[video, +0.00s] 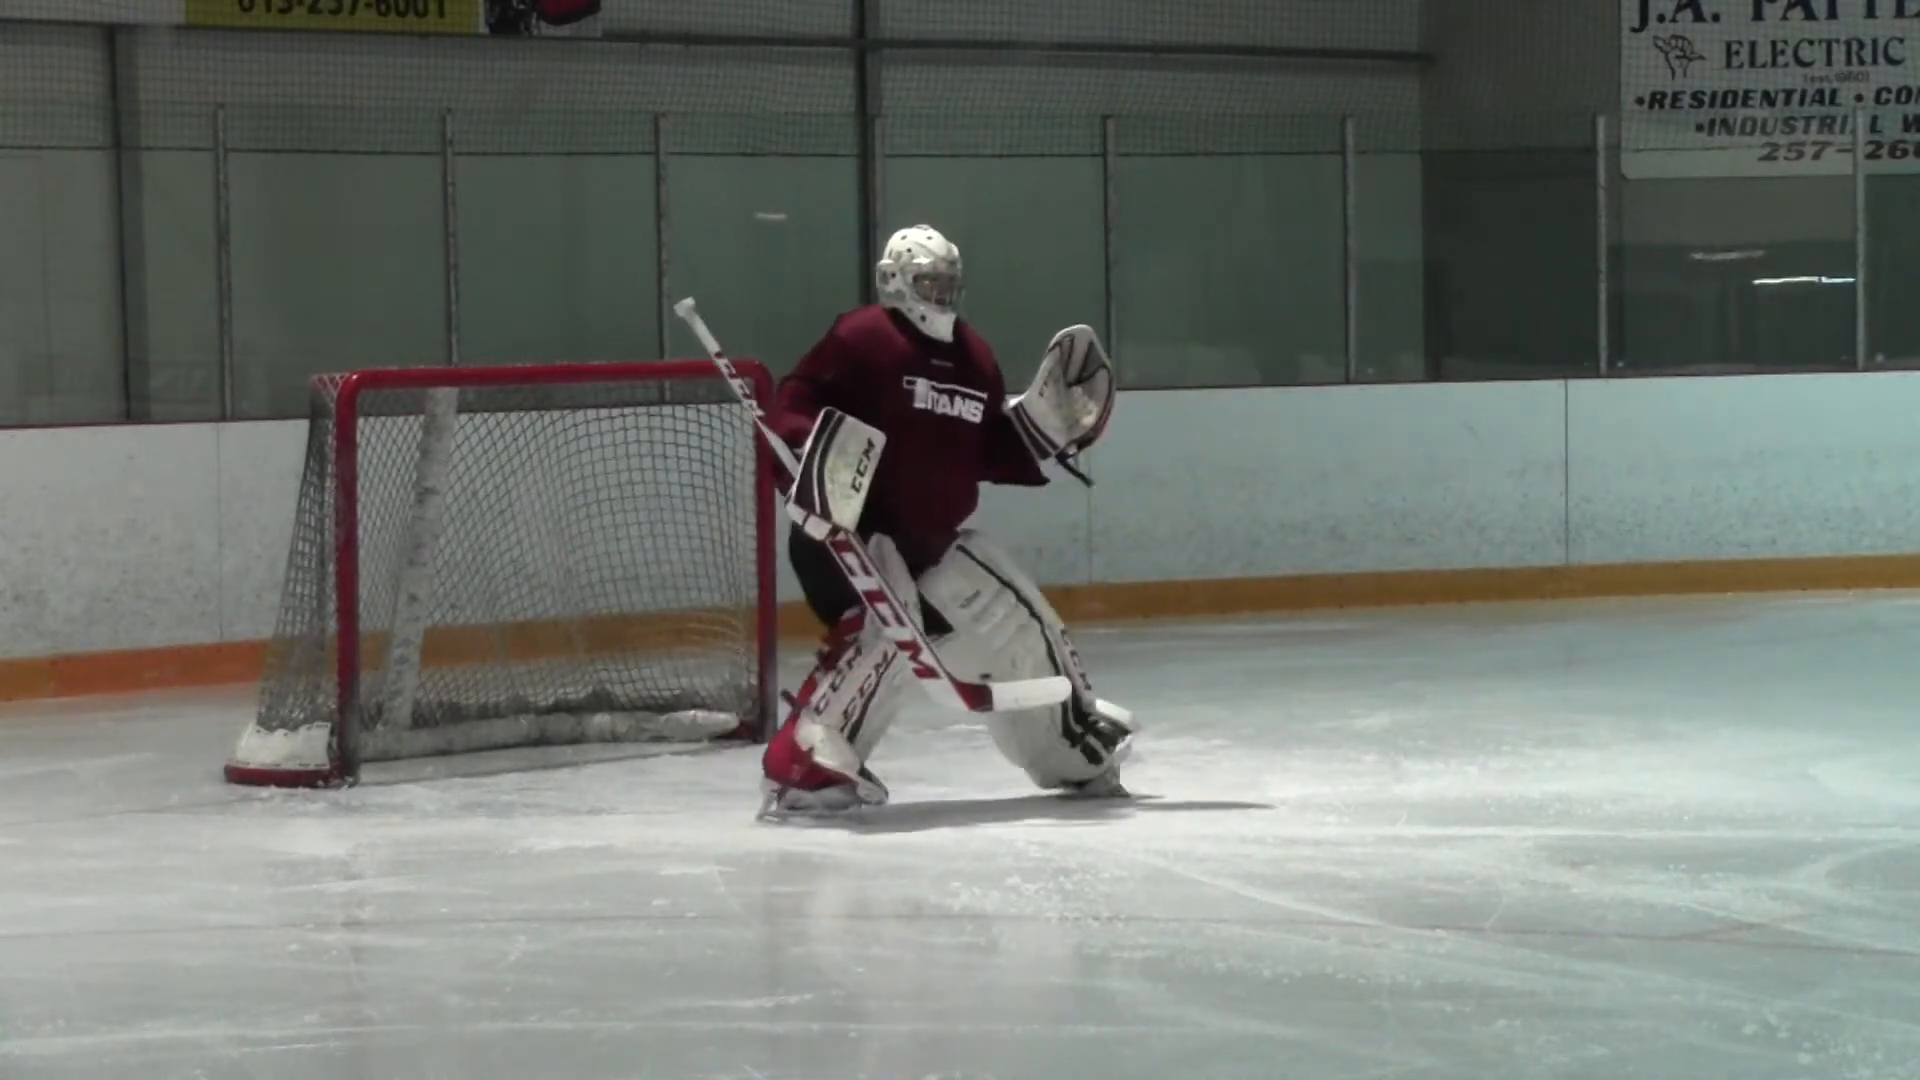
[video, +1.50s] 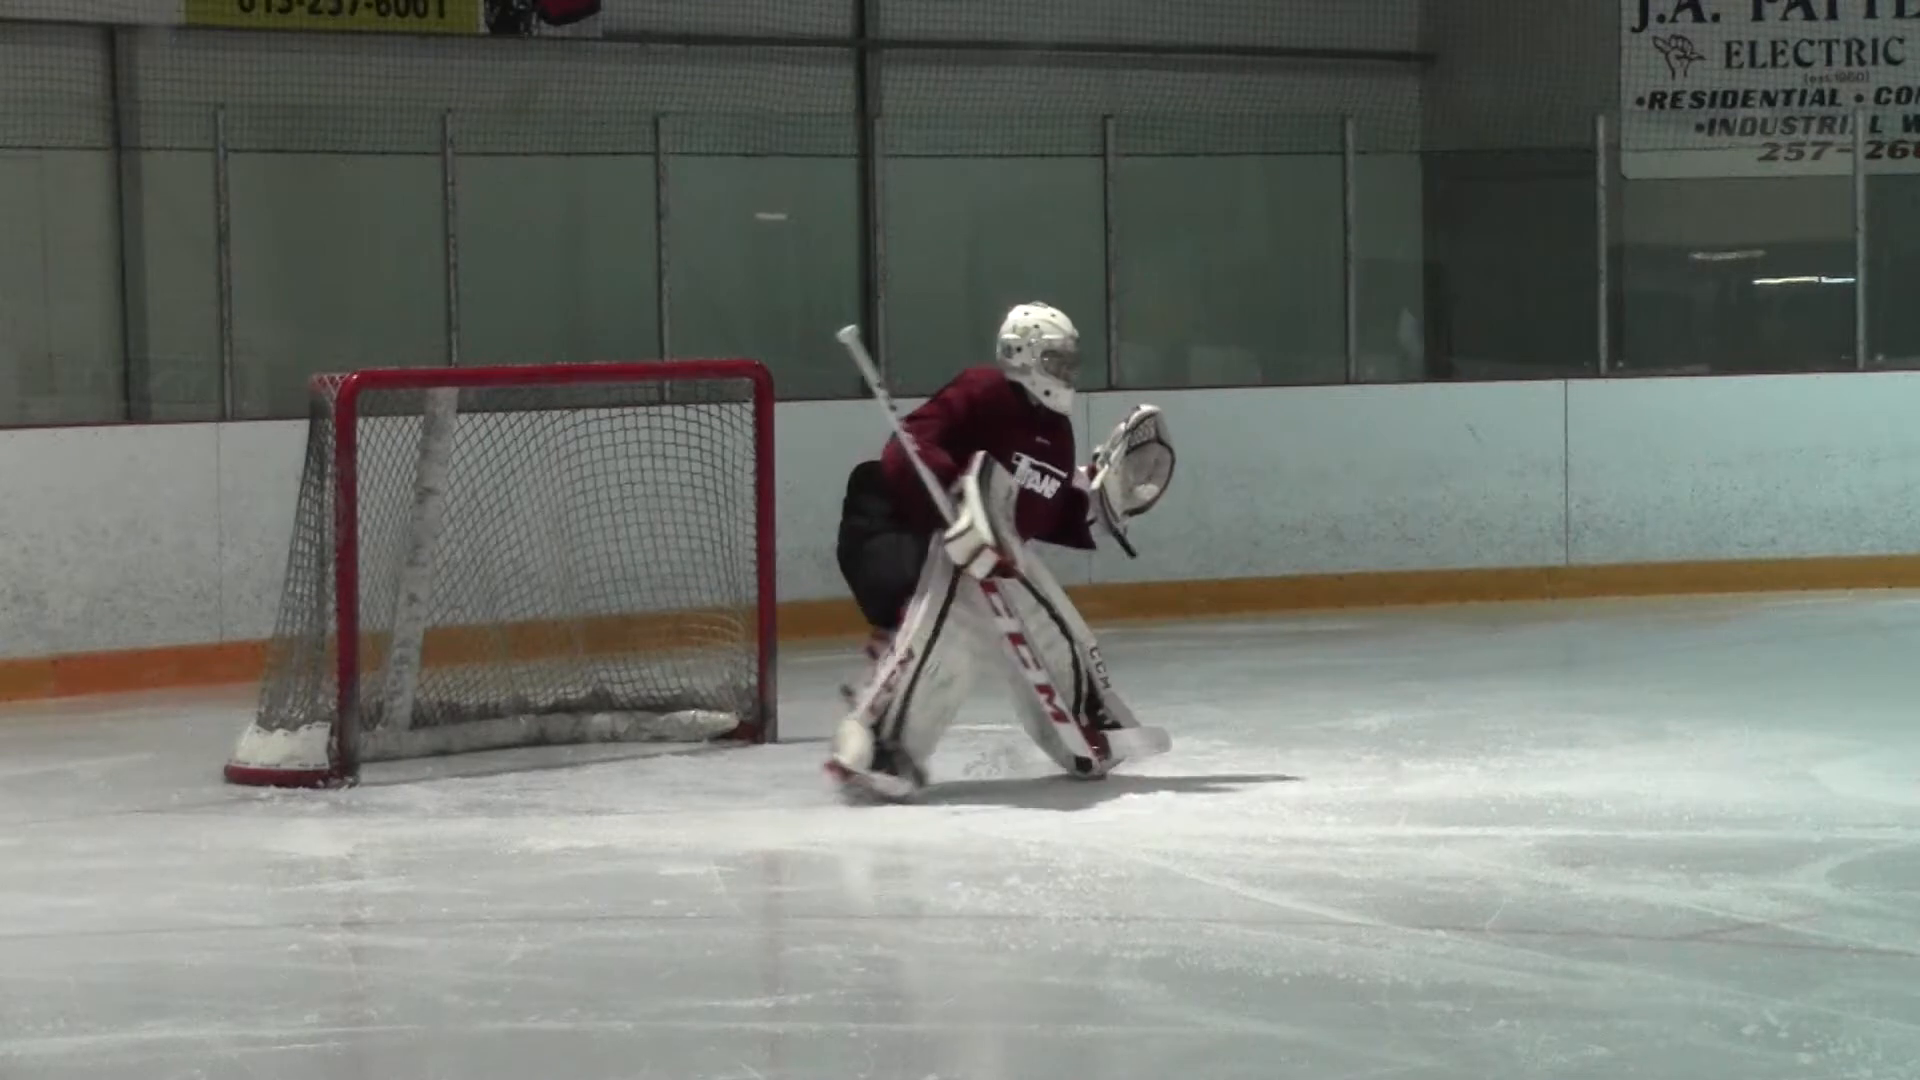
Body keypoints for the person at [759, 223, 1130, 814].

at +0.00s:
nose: (939, 295)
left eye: (948, 283)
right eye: (926, 282)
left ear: (958, 284)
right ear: (893, 281)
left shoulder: (973, 355)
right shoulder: (862, 338)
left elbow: (987, 452)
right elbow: (786, 413)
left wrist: (1046, 425)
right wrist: (826, 457)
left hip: (933, 540)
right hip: (848, 532)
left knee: (1017, 628)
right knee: (881, 634)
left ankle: (1075, 761)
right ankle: (808, 769)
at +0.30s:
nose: (929, 287)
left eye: (937, 275)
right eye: (915, 275)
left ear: (947, 277)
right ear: (881, 274)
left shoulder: (959, 351)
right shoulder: (845, 329)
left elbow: (968, 445)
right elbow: (770, 403)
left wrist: (1030, 423)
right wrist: (801, 457)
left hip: (912, 523)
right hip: (830, 517)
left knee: (972, 621)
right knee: (865, 634)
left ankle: (1006, 754)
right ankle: (807, 772)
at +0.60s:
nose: (932, 324)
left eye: (940, 311)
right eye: (919, 310)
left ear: (950, 312)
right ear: (886, 309)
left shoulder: (961, 380)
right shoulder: (847, 358)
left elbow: (958, 476)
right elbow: (764, 431)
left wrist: (1023, 466)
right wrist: (797, 485)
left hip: (917, 549)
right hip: (839, 545)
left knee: (973, 642)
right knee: (812, 661)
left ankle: (1002, 765)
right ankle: (740, 778)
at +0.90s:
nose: (940, 351)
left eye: (946, 338)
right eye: (928, 338)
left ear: (953, 339)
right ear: (892, 338)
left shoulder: (956, 403)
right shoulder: (851, 383)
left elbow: (962, 496)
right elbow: (769, 448)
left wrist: (1016, 489)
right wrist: (786, 527)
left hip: (923, 557)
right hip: (846, 555)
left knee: (990, 629)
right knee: (843, 660)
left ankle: (999, 753)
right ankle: (733, 771)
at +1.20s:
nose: (1000, 361)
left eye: (1005, 350)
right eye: (988, 348)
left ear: (1011, 350)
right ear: (953, 347)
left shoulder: (1006, 420)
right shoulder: (912, 390)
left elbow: (1003, 500)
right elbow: (829, 440)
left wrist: (1054, 502)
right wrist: (858, 495)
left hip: (964, 548)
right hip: (891, 555)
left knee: (1014, 638)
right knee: (867, 669)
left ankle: (1029, 753)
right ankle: (794, 762)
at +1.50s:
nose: (1065, 372)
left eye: (1068, 361)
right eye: (1054, 360)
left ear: (1070, 360)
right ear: (1020, 357)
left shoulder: (1055, 428)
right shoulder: (983, 388)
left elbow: (1048, 517)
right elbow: (907, 445)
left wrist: (1104, 506)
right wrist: (960, 507)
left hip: (1003, 553)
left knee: (1059, 640)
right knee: (940, 652)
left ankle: (1088, 744)